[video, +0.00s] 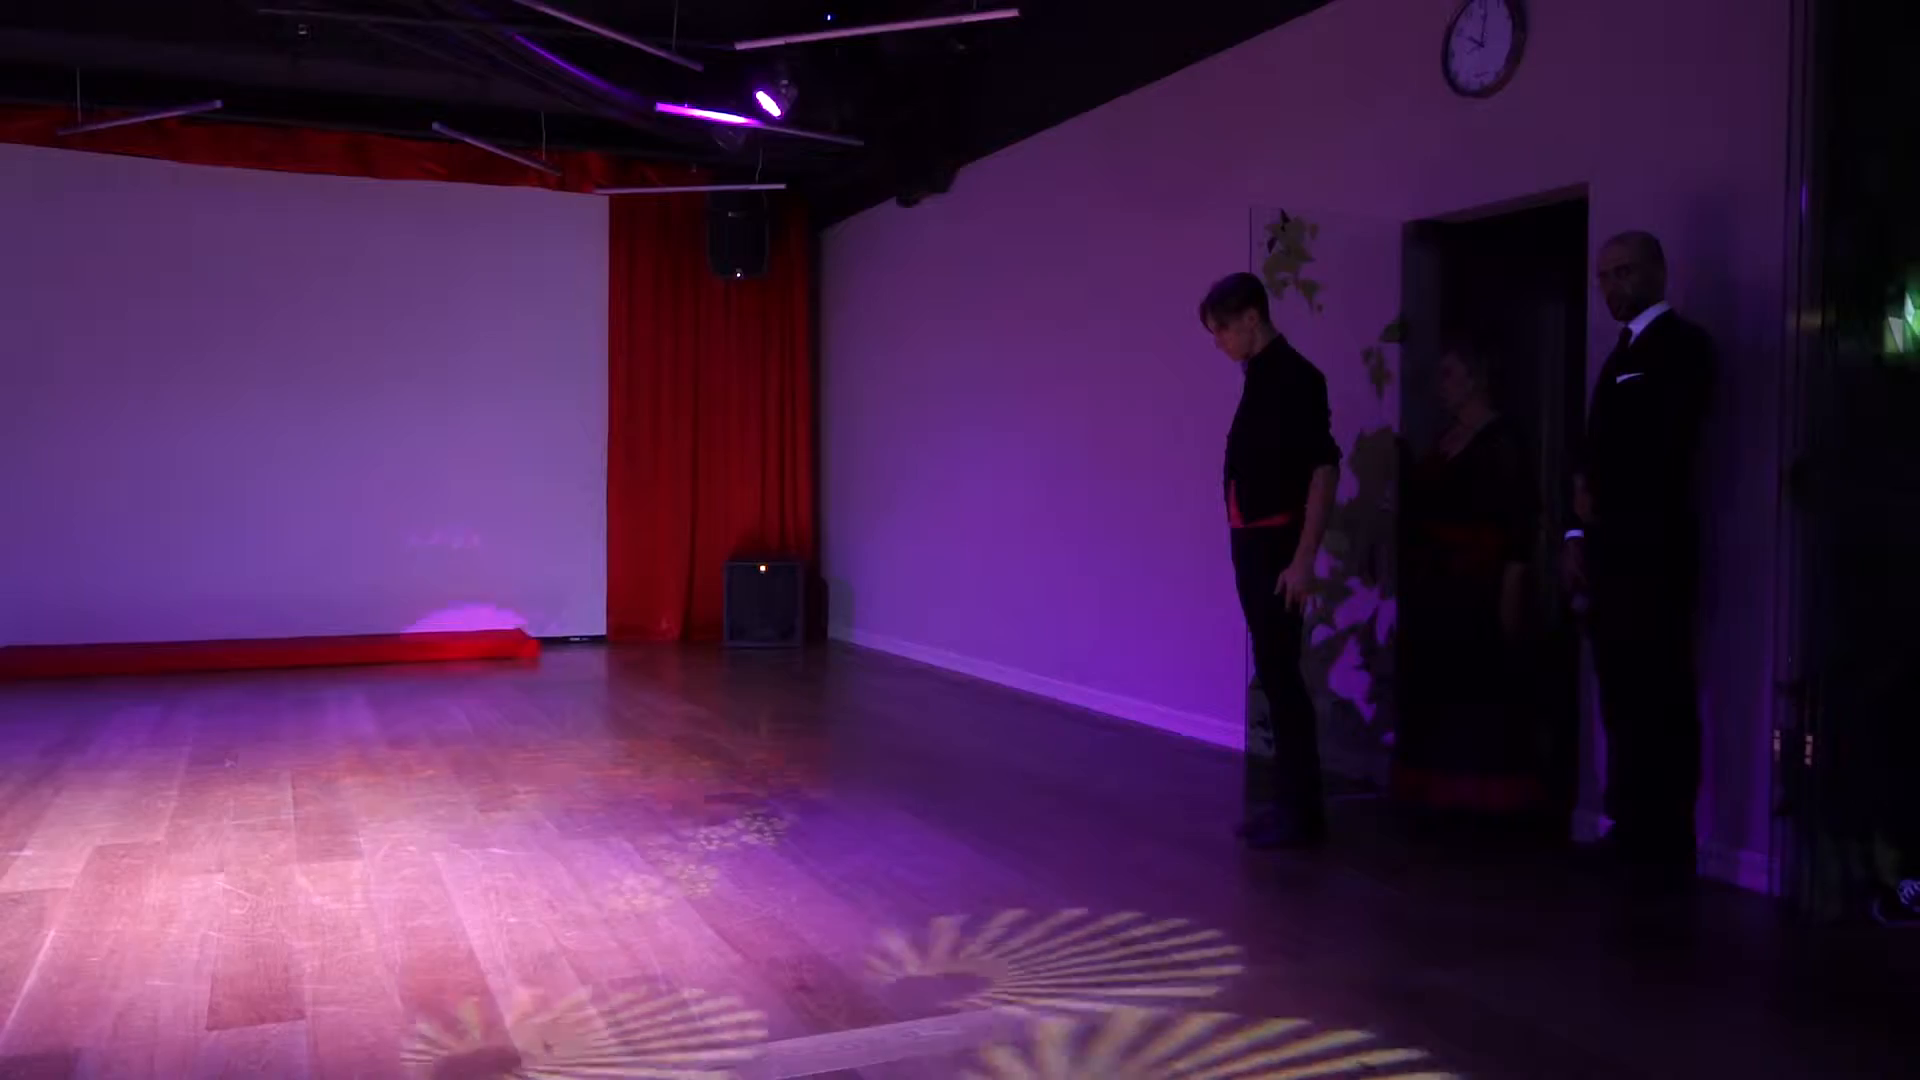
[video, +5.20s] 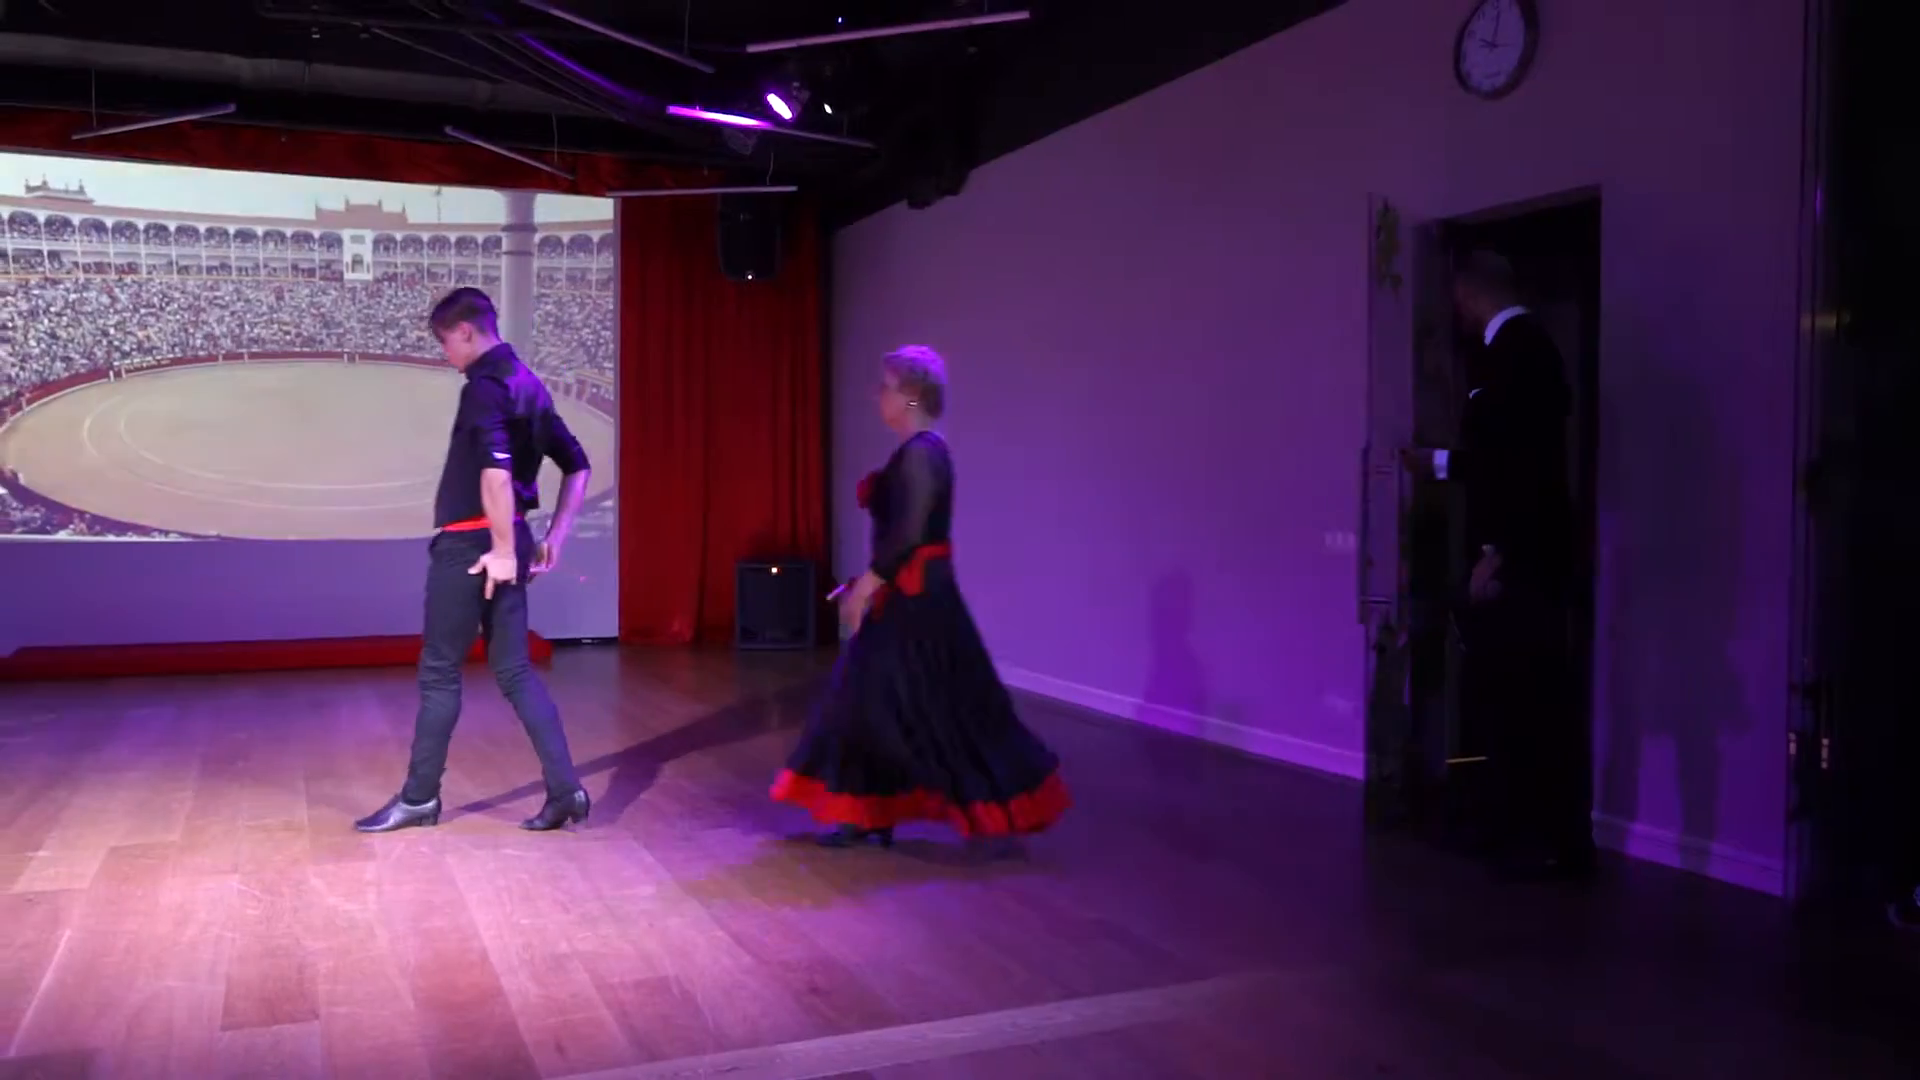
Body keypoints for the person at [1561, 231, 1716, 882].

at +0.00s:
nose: (1610, 286)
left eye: (1622, 273)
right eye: (1604, 276)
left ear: (1654, 275)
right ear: (1605, 283)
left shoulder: (1680, 347)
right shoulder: (1624, 354)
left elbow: (1658, 457)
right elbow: (1594, 453)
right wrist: (1579, 532)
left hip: (1660, 548)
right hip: (1622, 548)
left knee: (1657, 696)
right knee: (1628, 697)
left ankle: (1662, 840)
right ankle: (1632, 832)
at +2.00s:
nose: (1599, 287)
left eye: (1607, 272)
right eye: (1601, 273)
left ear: (1639, 276)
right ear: (1649, 275)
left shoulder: (1673, 351)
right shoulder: (1644, 347)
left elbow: (1646, 461)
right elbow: (1616, 453)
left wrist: (1603, 527)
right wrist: (1589, 518)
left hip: (1657, 558)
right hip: (1635, 555)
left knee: (1655, 704)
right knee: (1640, 703)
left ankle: (1661, 852)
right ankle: (1641, 844)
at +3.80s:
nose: (1504, 302)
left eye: (1511, 290)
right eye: (1505, 290)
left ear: (1538, 291)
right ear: (1548, 290)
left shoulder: (1579, 358)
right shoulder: (1554, 356)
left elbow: (1573, 468)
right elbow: (1560, 467)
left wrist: (1532, 534)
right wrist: (1528, 532)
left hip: (1578, 550)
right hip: (1565, 548)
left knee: (1617, 692)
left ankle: (1669, 846)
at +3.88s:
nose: (1483, 304)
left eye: (1490, 292)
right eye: (1484, 292)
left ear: (1520, 292)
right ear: (1526, 293)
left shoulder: (1562, 356)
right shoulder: (1537, 356)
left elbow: (1560, 466)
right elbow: (1545, 464)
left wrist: (1525, 539)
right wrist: (1518, 535)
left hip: (1567, 547)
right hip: (1553, 545)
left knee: (1598, 690)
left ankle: (1656, 842)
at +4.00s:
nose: (1460, 308)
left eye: (1465, 294)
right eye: (1460, 295)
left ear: (1492, 292)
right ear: (1497, 291)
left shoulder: (1547, 352)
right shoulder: (1498, 358)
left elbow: (1552, 459)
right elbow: (1445, 424)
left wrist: (1523, 537)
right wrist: (1356, 442)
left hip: (1556, 545)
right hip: (1516, 544)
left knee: (1580, 689)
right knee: (1503, 683)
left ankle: (1620, 838)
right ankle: (1504, 822)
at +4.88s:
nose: (1433, 305)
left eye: (1439, 290)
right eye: (1433, 292)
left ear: (1464, 288)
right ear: (1468, 286)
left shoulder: (1511, 351)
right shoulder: (1479, 352)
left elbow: (1513, 455)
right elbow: (1459, 451)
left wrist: (1511, 539)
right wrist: (1369, 456)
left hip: (1518, 558)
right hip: (1493, 555)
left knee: (1510, 695)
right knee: (1494, 693)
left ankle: (1521, 835)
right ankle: (1499, 828)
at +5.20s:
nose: (1459, 308)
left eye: (1460, 296)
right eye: (1460, 296)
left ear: (1473, 294)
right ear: (1506, 290)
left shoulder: (1511, 356)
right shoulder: (1527, 349)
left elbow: (1507, 463)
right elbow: (1508, 460)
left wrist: (1494, 548)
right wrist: (1444, 465)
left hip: (1521, 554)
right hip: (1530, 546)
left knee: (1511, 693)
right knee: (1521, 691)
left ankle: (1518, 830)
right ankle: (1524, 827)